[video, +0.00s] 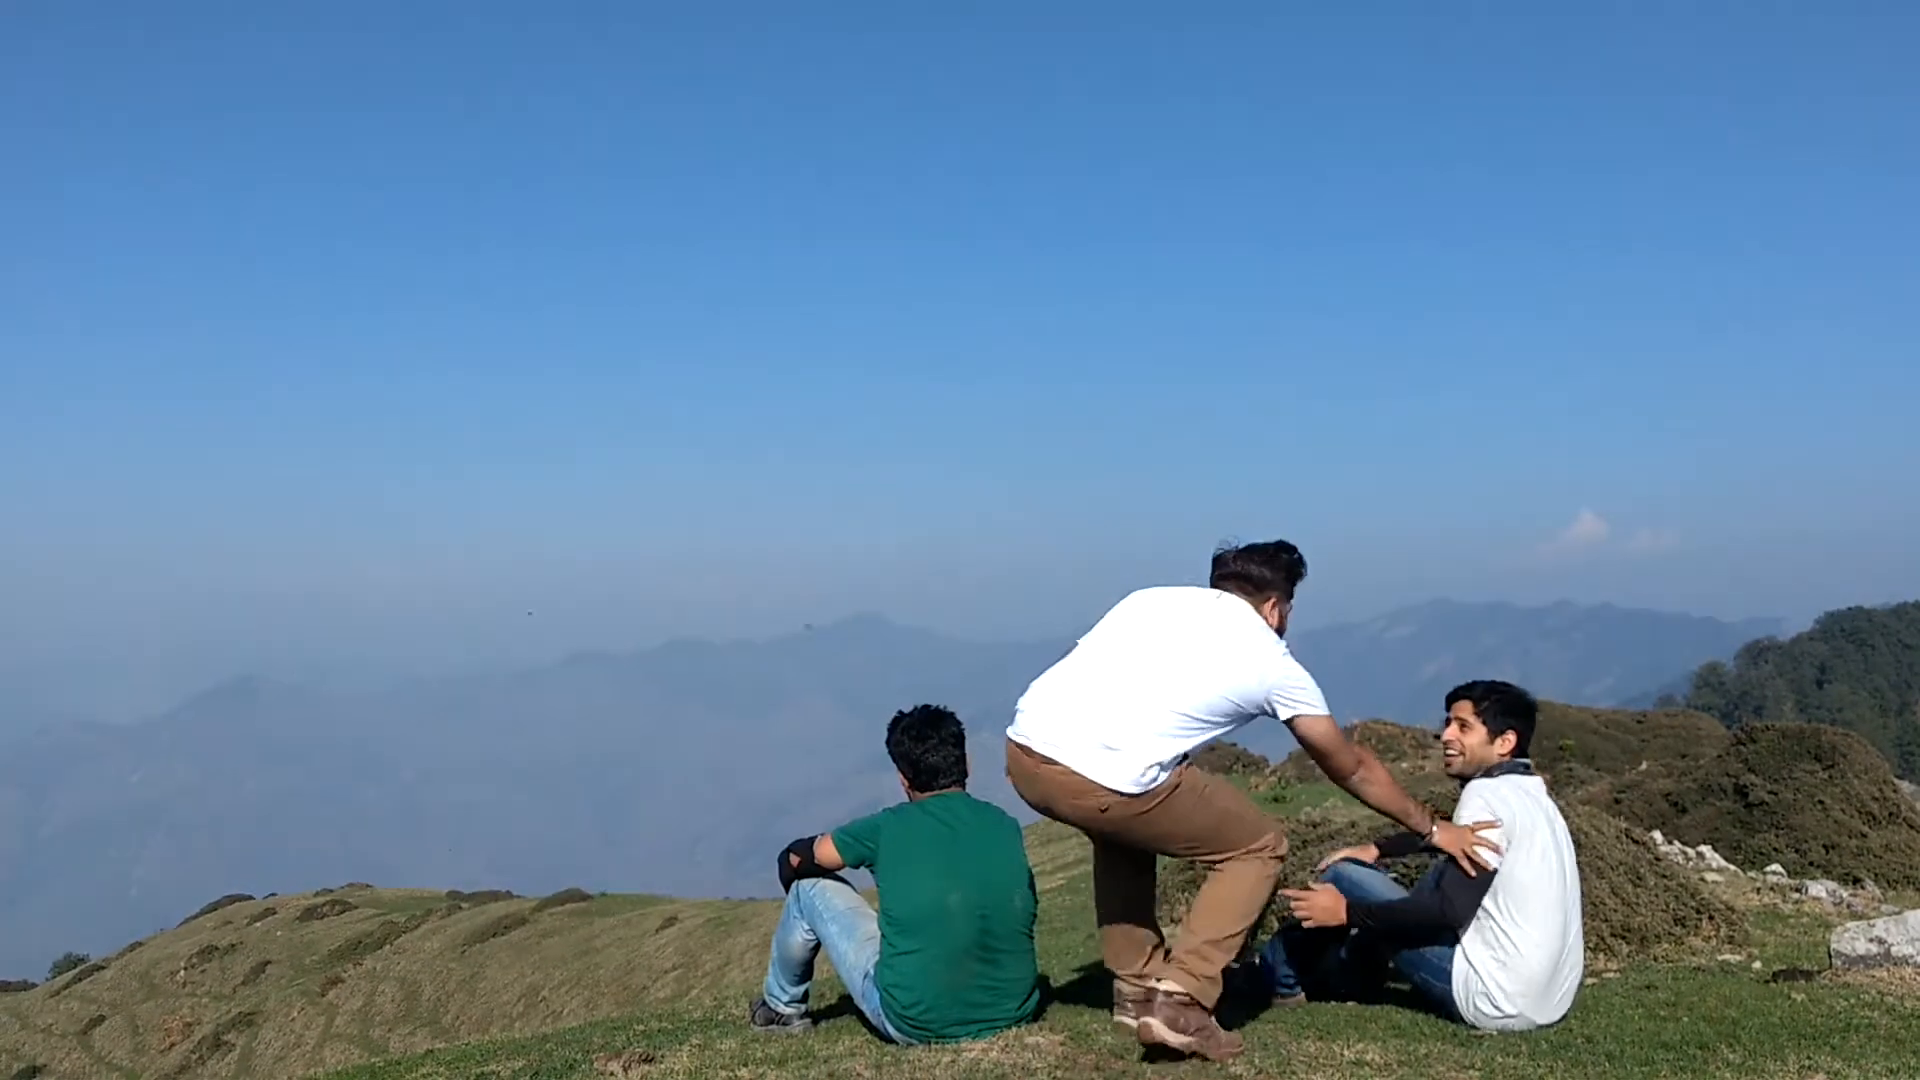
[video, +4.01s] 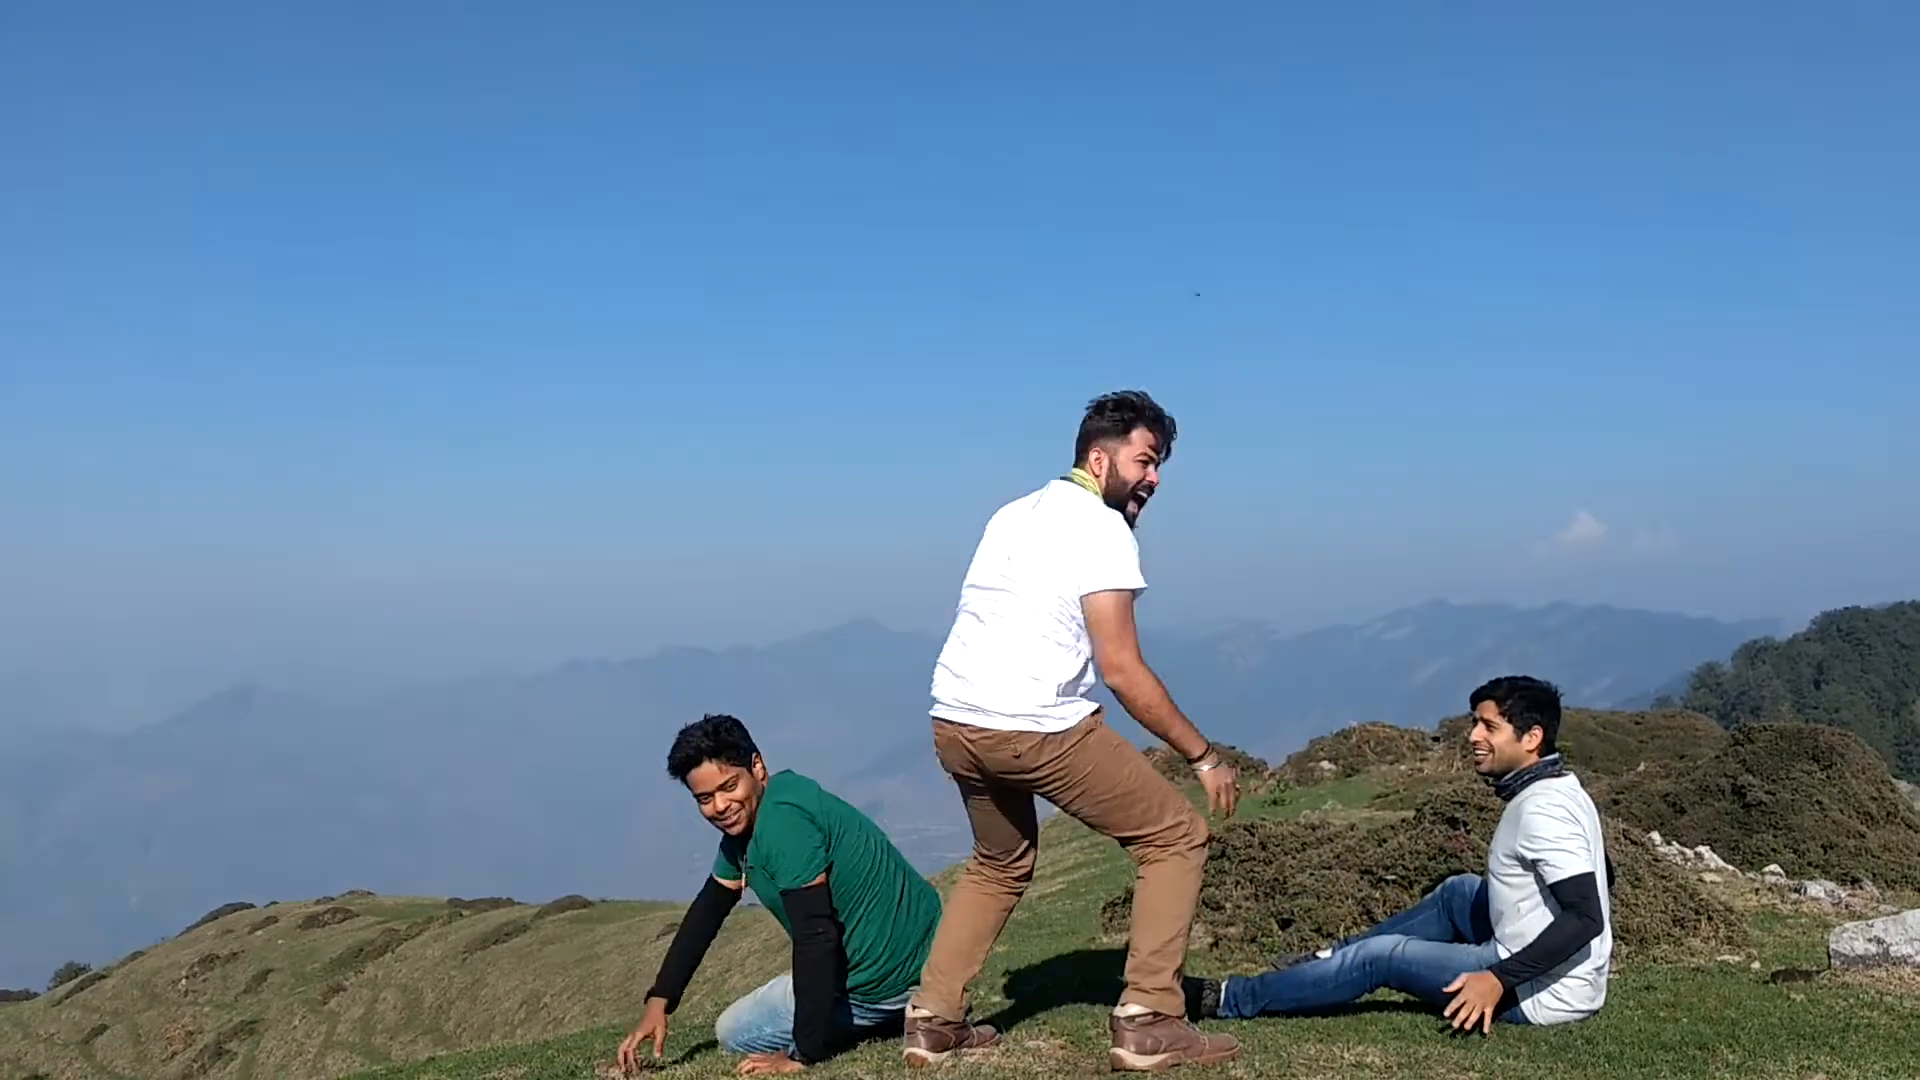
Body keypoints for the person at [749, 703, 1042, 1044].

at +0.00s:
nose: (900, 779)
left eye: (898, 772)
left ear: (904, 779)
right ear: (967, 767)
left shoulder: (889, 826)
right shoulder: (1006, 825)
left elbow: (798, 858)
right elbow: (1027, 909)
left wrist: (795, 884)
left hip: (916, 1022)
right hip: (1010, 1013)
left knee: (810, 887)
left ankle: (782, 1007)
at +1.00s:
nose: (1003, 776)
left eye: (1001, 765)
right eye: (1001, 767)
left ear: (931, 772)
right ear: (987, 776)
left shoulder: (891, 823)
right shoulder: (1014, 828)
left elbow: (791, 859)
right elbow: (1020, 913)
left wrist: (784, 889)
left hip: (913, 1022)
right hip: (1008, 1014)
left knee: (807, 887)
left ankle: (782, 1004)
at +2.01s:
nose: (884, 794)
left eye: (896, 781)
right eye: (883, 780)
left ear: (933, 778)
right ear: (940, 781)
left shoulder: (902, 852)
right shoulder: (986, 829)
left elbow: (890, 975)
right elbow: (916, 840)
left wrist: (789, 1011)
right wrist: (847, 827)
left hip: (937, 1023)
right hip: (1006, 1007)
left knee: (770, 933)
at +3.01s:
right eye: (862, 775)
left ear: (797, 801)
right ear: (859, 781)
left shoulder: (795, 845)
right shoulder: (903, 819)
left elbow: (825, 947)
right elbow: (888, 894)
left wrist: (804, 1055)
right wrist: (795, 922)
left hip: (884, 1028)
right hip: (974, 1001)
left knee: (745, 992)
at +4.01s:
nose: (719, 807)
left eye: (728, 786)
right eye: (704, 798)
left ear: (758, 769)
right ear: (694, 798)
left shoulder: (779, 821)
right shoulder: (746, 828)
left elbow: (818, 937)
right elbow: (705, 914)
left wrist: (805, 1056)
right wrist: (658, 1003)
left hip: (879, 988)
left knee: (734, 1030)